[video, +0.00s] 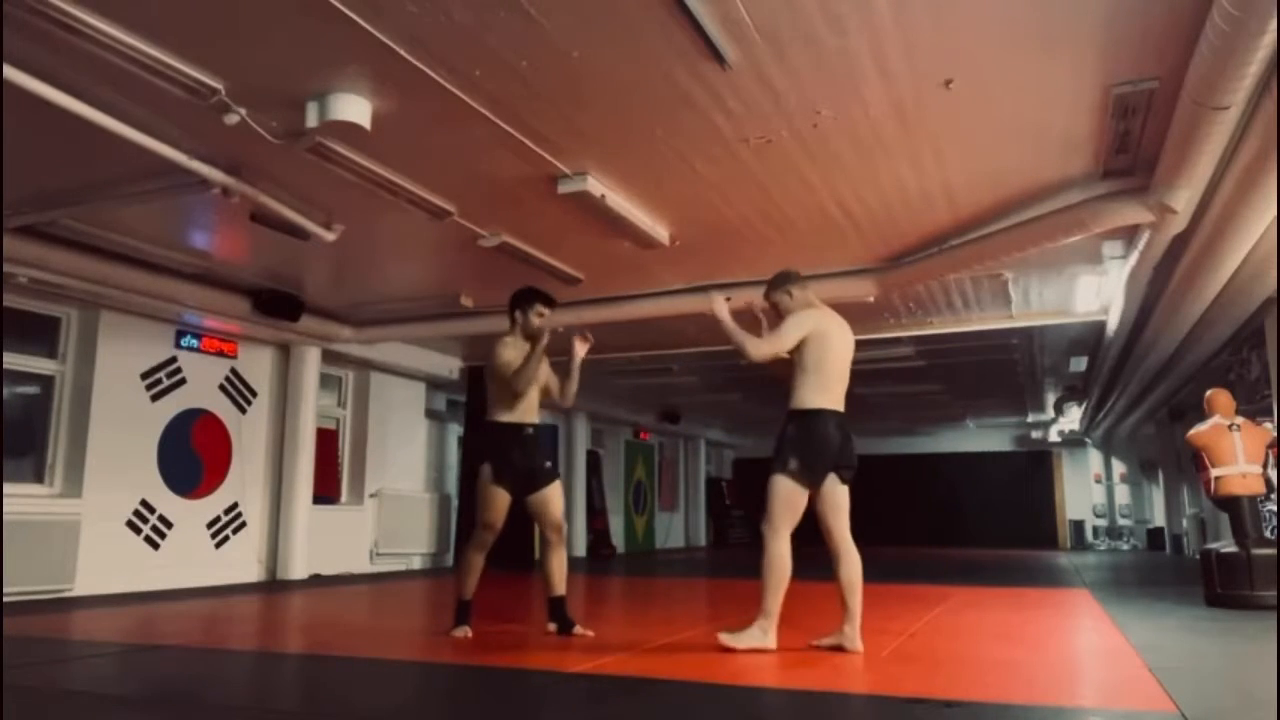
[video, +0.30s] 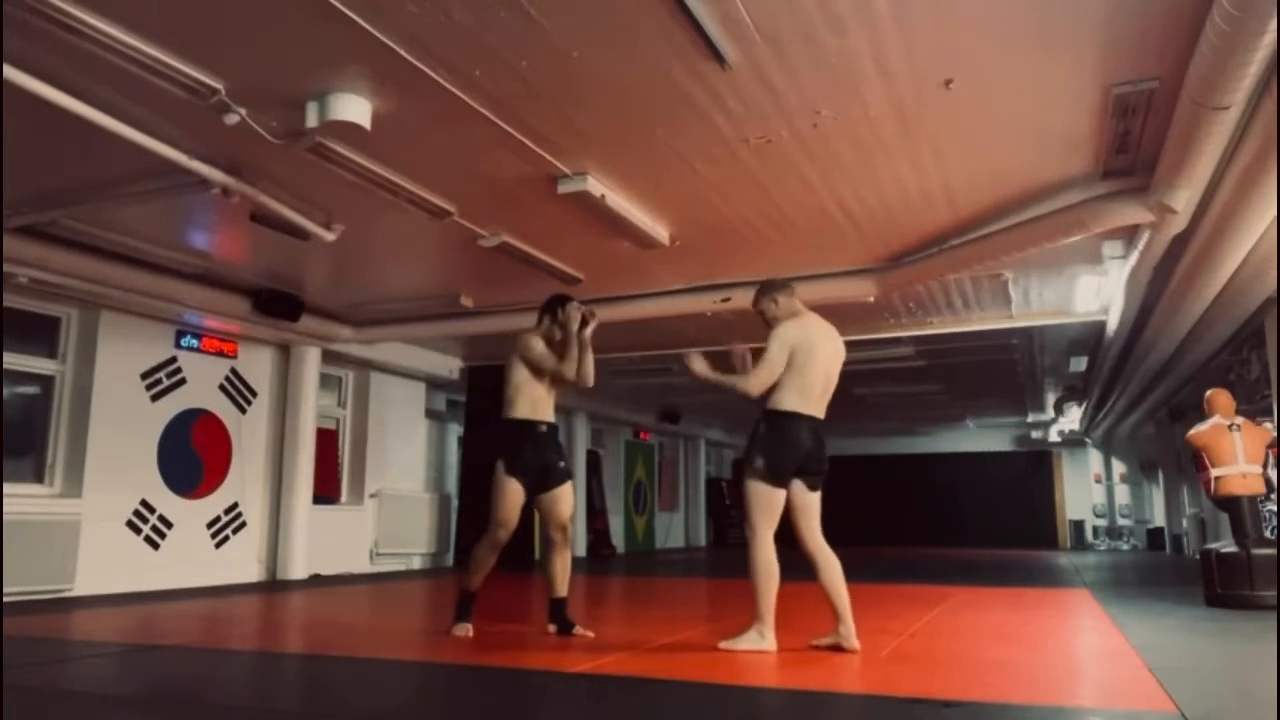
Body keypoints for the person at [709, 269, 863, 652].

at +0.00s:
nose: (778, 313)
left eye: (778, 305)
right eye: (775, 307)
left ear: (793, 292)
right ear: (804, 289)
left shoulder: (809, 319)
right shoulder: (841, 326)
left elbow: (759, 350)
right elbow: (793, 354)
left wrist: (724, 317)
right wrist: (767, 323)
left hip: (805, 432)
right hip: (836, 434)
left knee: (776, 530)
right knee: (841, 537)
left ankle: (765, 628)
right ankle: (852, 631)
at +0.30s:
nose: (767, 323)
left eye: (765, 314)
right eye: (763, 316)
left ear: (780, 299)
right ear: (791, 298)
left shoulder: (789, 330)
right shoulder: (834, 338)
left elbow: (754, 385)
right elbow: (798, 388)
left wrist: (706, 373)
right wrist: (747, 370)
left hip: (777, 433)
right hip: (814, 436)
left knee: (761, 534)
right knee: (813, 537)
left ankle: (763, 631)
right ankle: (847, 630)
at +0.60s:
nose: (752, 316)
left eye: (751, 310)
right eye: (750, 312)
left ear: (762, 297)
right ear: (780, 295)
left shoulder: (771, 319)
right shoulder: (818, 329)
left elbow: (712, 346)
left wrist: (693, 311)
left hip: (776, 433)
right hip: (813, 435)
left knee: (740, 526)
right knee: (826, 538)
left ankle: (762, 626)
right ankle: (851, 631)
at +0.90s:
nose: (726, 315)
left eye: (726, 308)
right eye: (725, 308)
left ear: (737, 303)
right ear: (759, 302)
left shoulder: (740, 337)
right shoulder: (785, 345)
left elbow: (735, 398)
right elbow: (731, 384)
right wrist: (695, 359)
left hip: (743, 449)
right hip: (778, 448)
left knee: (680, 525)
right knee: (811, 542)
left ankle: (670, 629)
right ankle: (848, 630)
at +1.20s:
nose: (685, 286)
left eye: (688, 279)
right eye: (685, 280)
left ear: (705, 275)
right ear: (711, 274)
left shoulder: (734, 324)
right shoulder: (695, 309)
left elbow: (732, 393)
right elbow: (653, 310)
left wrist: (685, 401)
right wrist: (614, 296)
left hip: (690, 423)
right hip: (660, 411)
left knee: (655, 522)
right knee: (603, 454)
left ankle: (665, 625)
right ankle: (652, 516)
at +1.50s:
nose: (683, 327)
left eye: (690, 321)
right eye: (680, 319)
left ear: (712, 314)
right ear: (676, 310)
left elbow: (729, 422)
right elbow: (628, 348)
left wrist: (678, 383)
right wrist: (600, 361)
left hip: (629, 443)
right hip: (599, 402)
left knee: (615, 531)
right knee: (514, 397)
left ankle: (589, 624)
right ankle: (485, 377)